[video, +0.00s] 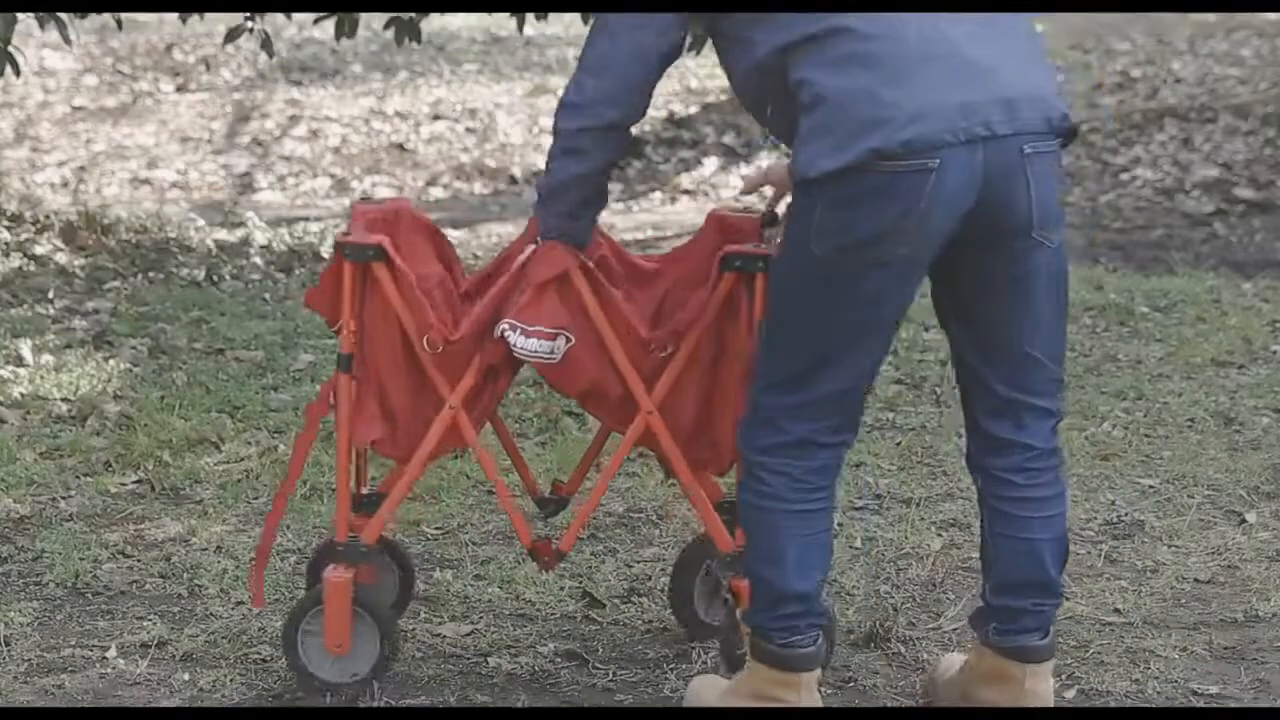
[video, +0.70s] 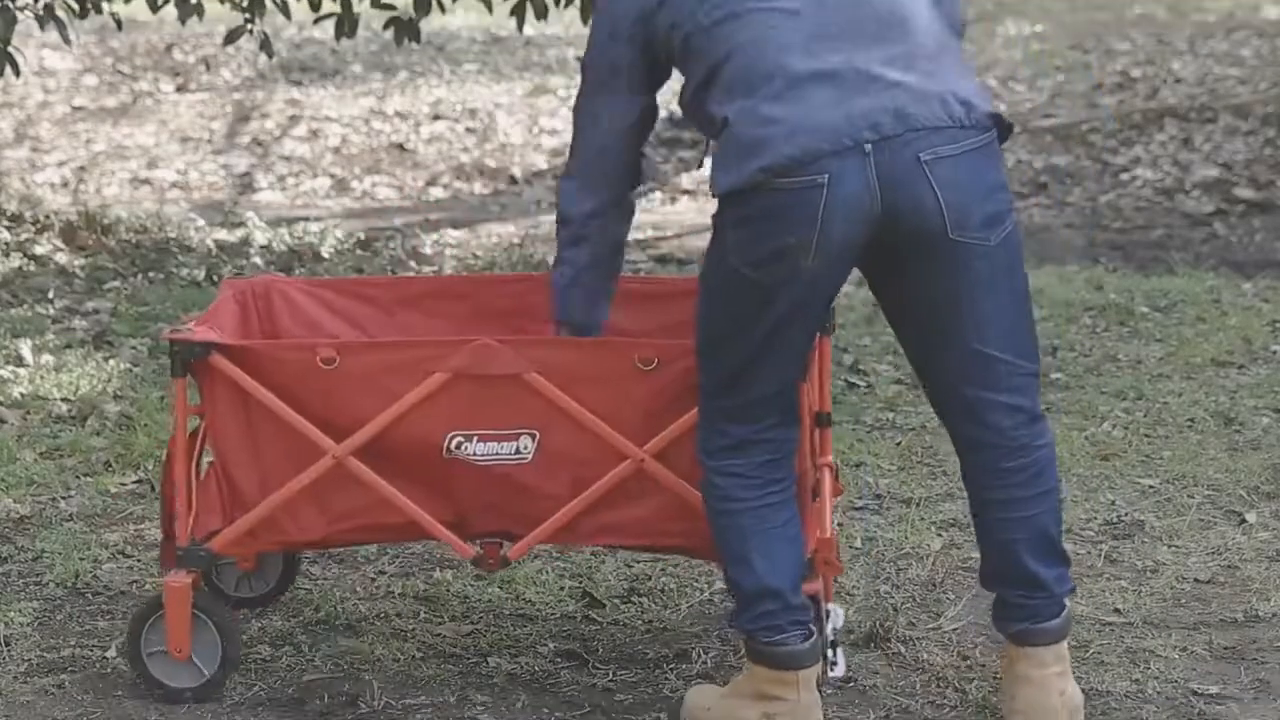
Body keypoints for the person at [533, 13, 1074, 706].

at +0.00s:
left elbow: (598, 101)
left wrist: (560, 232)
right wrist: (808, 160)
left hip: (883, 154)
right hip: (1025, 143)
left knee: (797, 434)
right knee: (1021, 432)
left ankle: (783, 672)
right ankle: (1018, 664)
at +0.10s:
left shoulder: (656, 8)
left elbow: (596, 105)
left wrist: (557, 247)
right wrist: (790, 229)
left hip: (845, 159)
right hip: (995, 146)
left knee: (772, 438)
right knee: (1011, 434)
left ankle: (780, 674)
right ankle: (1025, 669)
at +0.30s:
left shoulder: (640, 18)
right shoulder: (867, 11)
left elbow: (593, 213)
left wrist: (545, 366)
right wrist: (790, 302)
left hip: (792, 185)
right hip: (953, 162)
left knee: (734, 435)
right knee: (997, 425)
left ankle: (779, 675)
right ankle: (1038, 668)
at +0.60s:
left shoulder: (640, 14)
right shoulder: (872, 5)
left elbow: (598, 202)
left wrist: (557, 350)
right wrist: (793, 297)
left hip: (788, 186)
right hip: (945, 157)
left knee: (734, 433)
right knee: (999, 421)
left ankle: (778, 677)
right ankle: (1042, 669)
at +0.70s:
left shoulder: (640, 2)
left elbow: (603, 152)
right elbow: (946, 24)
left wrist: (579, 310)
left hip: (791, 178)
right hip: (950, 152)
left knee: (747, 429)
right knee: (1003, 418)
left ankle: (780, 672)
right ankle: (1042, 661)